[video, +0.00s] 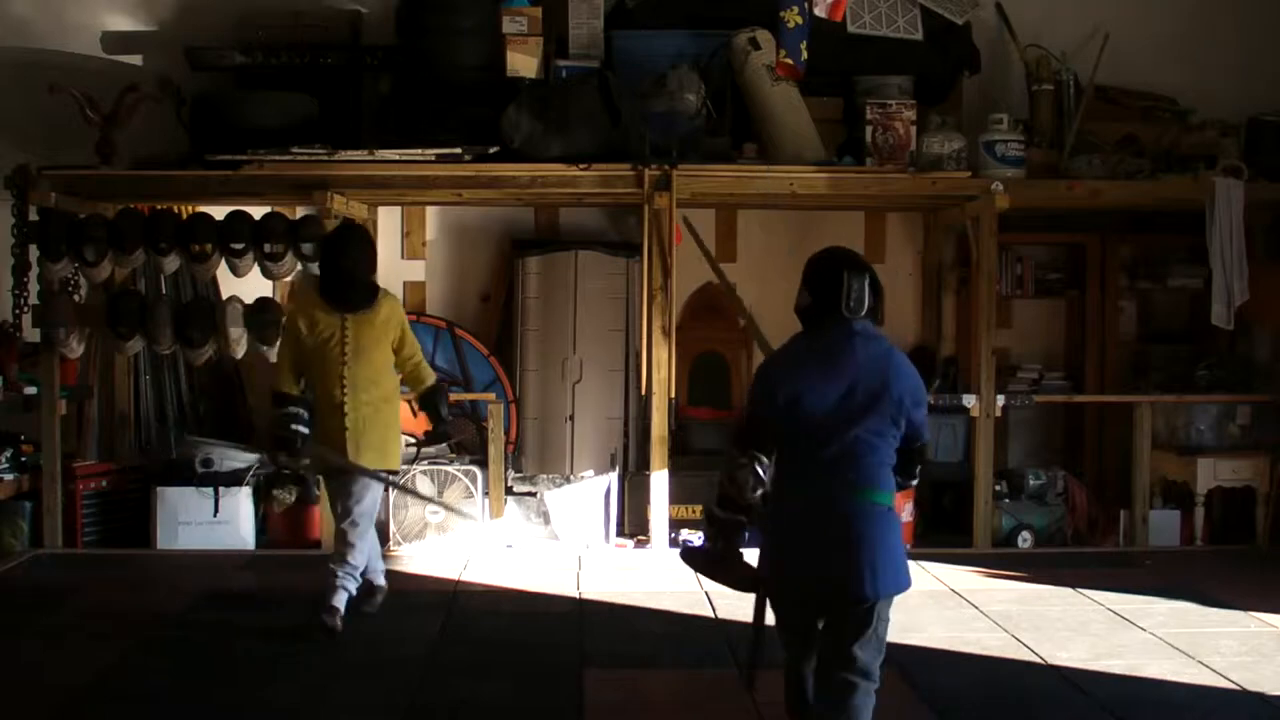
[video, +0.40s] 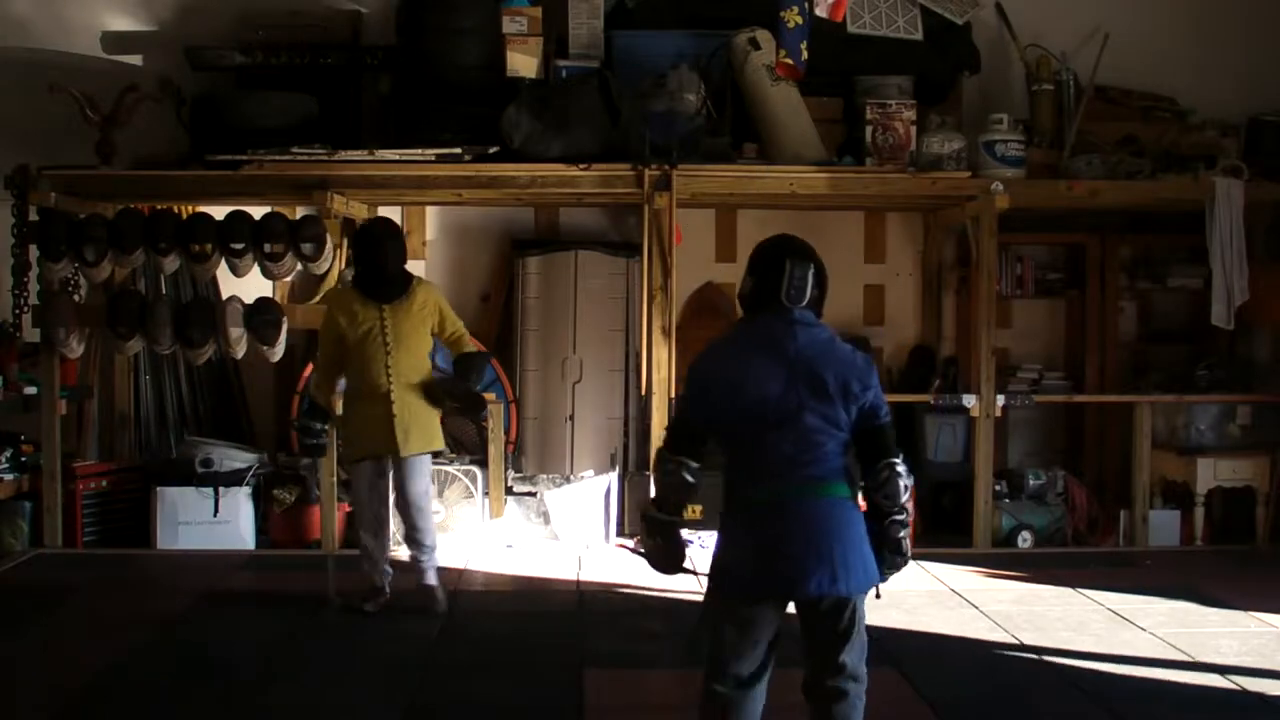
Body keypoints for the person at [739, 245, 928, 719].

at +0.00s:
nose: (798, 303)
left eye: (804, 294)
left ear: (808, 299)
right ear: (869, 300)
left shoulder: (779, 365)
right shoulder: (896, 367)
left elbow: (750, 448)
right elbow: (908, 464)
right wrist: (870, 488)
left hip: (792, 537)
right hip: (866, 541)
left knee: (801, 664)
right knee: (856, 671)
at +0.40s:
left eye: (750, 281)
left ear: (750, 289)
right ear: (817, 292)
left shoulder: (718, 362)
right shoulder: (850, 363)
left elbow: (679, 460)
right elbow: (886, 468)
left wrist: (662, 526)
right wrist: (892, 534)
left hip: (750, 542)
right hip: (833, 542)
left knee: (735, 683)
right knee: (841, 682)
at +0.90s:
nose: (735, 294)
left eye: (740, 286)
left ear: (743, 291)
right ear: (812, 291)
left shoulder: (717, 363)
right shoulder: (855, 361)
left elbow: (676, 461)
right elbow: (892, 469)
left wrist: (677, 523)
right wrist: (884, 535)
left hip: (771, 545)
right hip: (856, 539)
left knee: (740, 692)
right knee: (901, 683)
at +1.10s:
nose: (803, 309)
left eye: (808, 299)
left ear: (815, 306)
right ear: (883, 306)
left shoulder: (786, 377)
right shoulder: (928, 381)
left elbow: (735, 486)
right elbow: (952, 501)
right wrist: (905, 543)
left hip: (820, 564)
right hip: (910, 564)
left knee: (768, 703)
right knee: (947, 705)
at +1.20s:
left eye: (856, 297)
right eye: (907, 296)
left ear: (857, 303)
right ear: (919, 302)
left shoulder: (834, 373)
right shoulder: (955, 370)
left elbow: (787, 468)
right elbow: (987, 483)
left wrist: (778, 547)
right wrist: (966, 549)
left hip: (861, 557)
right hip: (944, 558)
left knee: (795, 701)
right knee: (977, 704)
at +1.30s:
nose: (881, 299)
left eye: (886, 290)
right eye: (887, 289)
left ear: (890, 295)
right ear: (949, 296)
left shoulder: (862, 364)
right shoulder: (996, 372)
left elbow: (823, 463)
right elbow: (1018, 489)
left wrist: (798, 523)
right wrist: (988, 538)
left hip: (886, 554)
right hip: (970, 555)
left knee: (834, 695)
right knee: (981, 701)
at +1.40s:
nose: (904, 291)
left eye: (909, 282)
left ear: (912, 288)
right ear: (976, 291)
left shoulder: (883, 360)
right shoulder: (1021, 368)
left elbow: (833, 461)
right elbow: (1043, 487)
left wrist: (811, 511)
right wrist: (1018, 544)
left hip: (901, 553)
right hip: (988, 553)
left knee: (879, 692)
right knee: (986, 700)